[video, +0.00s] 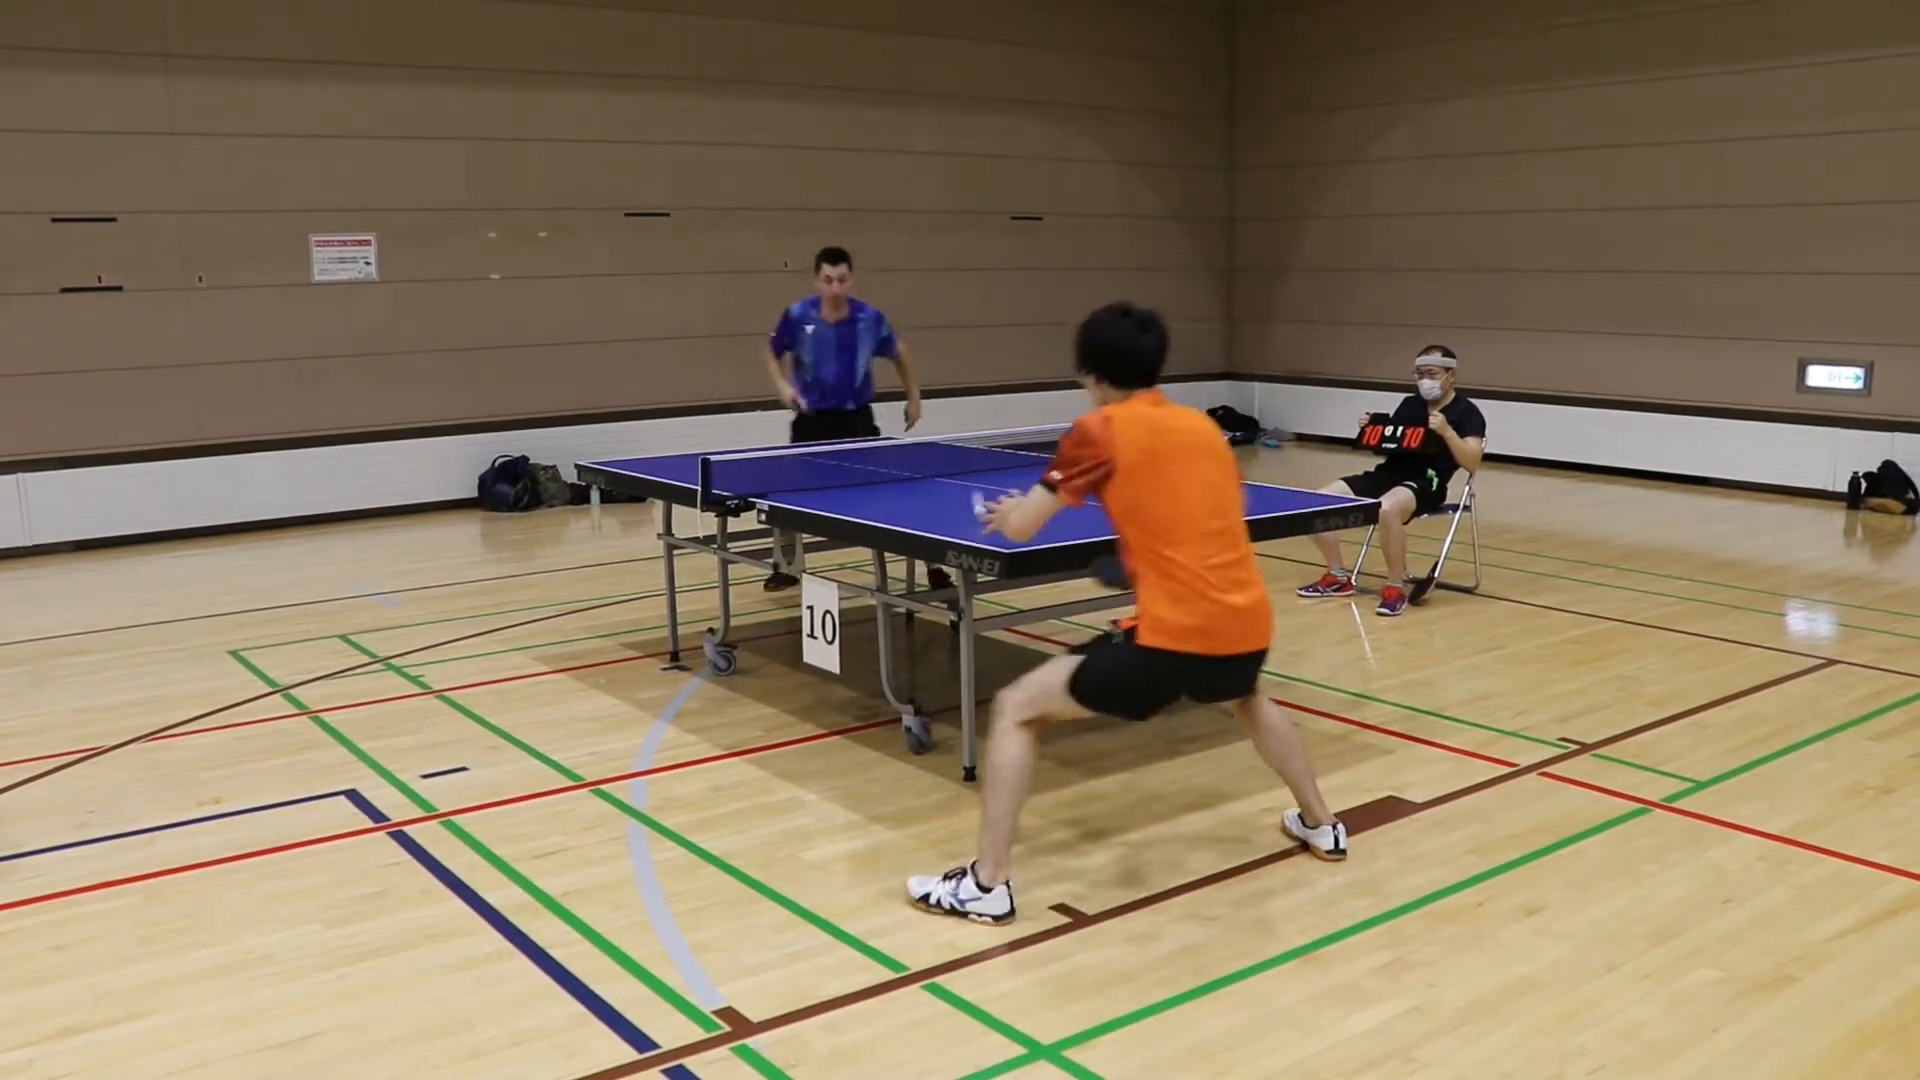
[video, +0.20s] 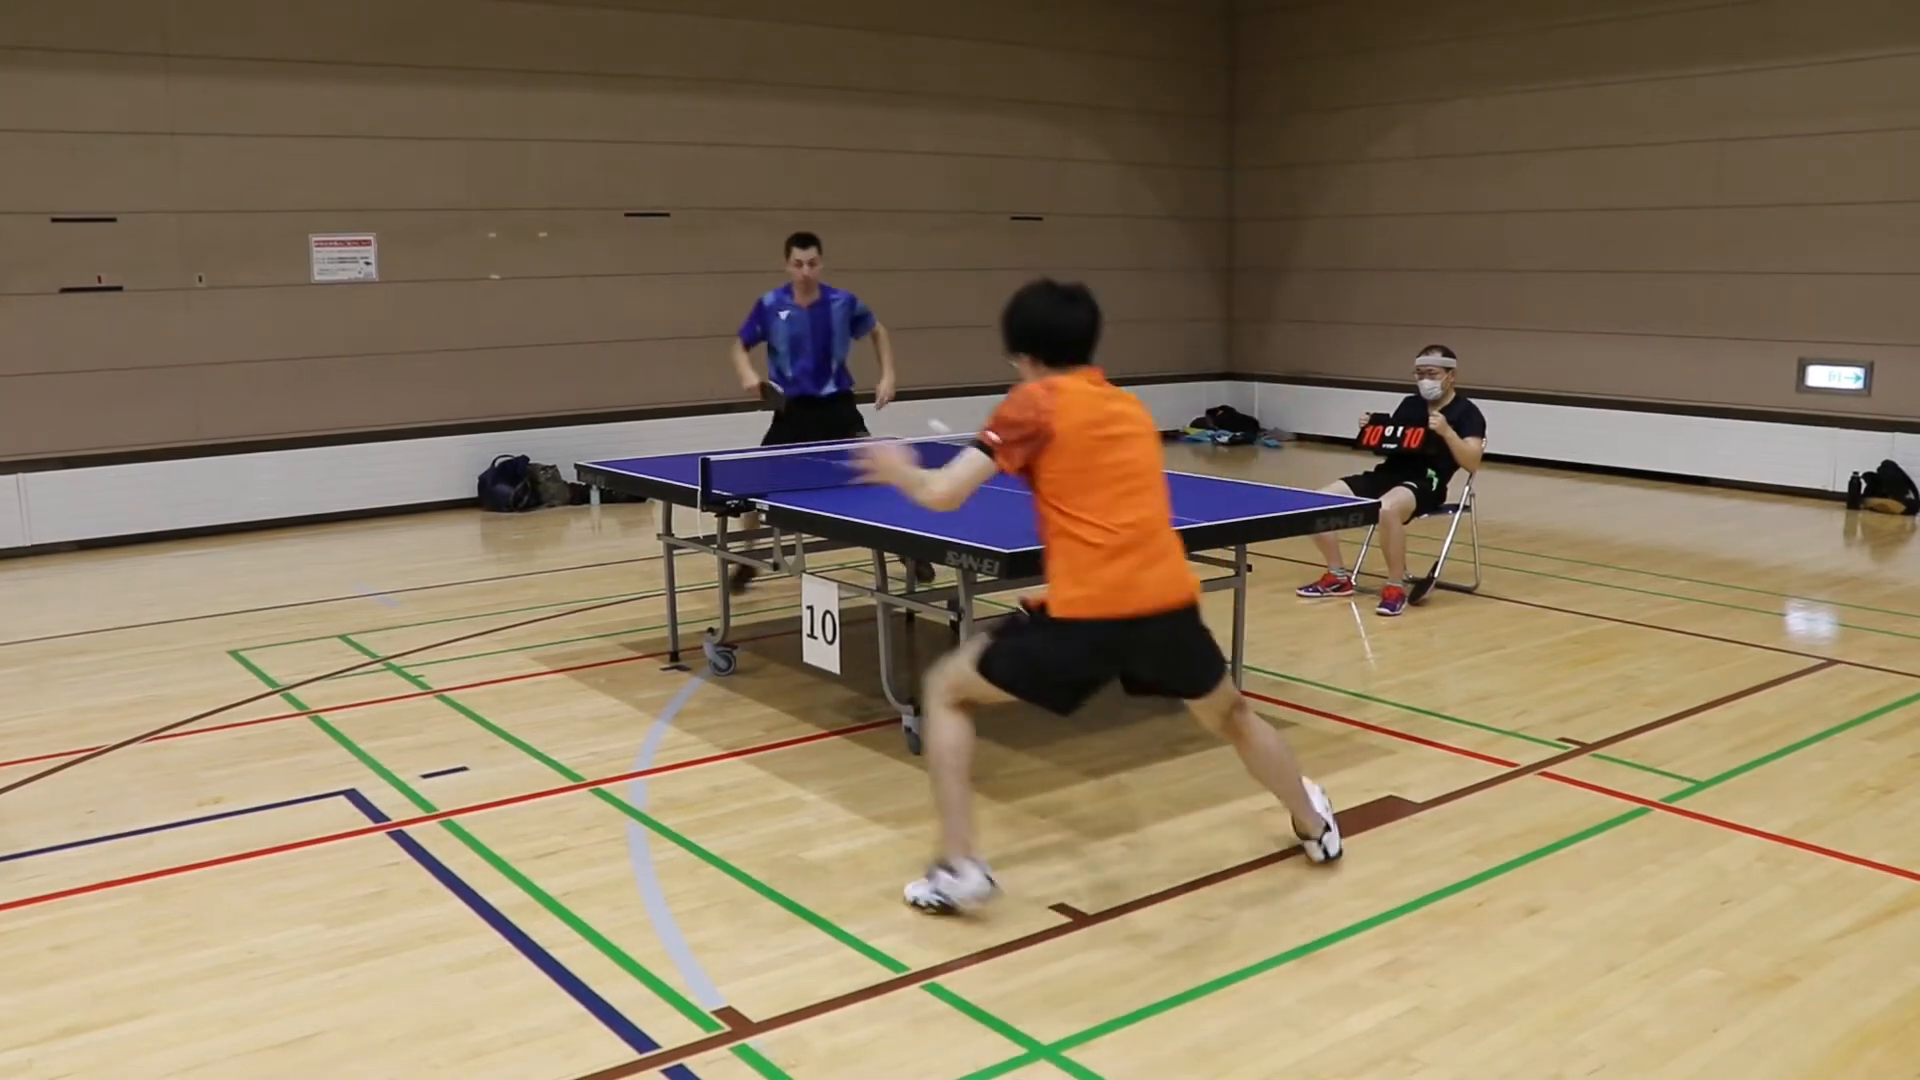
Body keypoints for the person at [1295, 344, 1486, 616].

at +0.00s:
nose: (1426, 381)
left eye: (1433, 374)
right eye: (1420, 374)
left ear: (1451, 377)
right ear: (1415, 376)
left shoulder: (1467, 413)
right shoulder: (1411, 404)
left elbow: (1472, 463)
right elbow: (1393, 437)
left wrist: (1447, 432)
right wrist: (1372, 425)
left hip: (1427, 482)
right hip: (1390, 473)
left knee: (1388, 509)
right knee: (1318, 501)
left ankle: (1395, 588)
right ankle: (1337, 576)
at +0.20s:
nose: (1426, 381)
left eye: (1433, 374)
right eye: (1420, 374)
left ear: (1451, 377)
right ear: (1415, 376)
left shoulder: (1467, 414)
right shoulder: (1411, 404)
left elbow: (1472, 463)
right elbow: (1393, 438)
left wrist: (1447, 432)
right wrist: (1372, 425)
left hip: (1427, 481)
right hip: (1390, 473)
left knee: (1389, 509)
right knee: (1319, 502)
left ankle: (1395, 587)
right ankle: (1337, 576)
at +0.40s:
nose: (1422, 382)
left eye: (1430, 376)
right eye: (1418, 375)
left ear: (1449, 378)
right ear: (1414, 376)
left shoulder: (1467, 414)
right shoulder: (1411, 404)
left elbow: (1472, 464)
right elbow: (1393, 440)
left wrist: (1447, 433)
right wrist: (1372, 426)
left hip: (1427, 482)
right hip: (1391, 473)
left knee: (1389, 510)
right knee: (1319, 502)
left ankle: (1395, 588)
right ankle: (1337, 576)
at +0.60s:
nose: (1420, 382)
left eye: (1427, 375)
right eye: (1417, 374)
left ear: (1448, 378)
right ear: (1413, 375)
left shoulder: (1467, 414)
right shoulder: (1411, 404)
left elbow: (1472, 463)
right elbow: (1393, 439)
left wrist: (1447, 433)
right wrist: (1372, 426)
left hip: (1427, 482)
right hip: (1391, 474)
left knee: (1388, 510)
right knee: (1320, 502)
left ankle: (1395, 588)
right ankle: (1337, 576)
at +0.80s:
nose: (1423, 379)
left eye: (1430, 373)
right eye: (1419, 373)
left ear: (1449, 377)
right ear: (1414, 375)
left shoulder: (1467, 413)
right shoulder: (1411, 404)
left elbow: (1472, 463)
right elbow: (1394, 438)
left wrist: (1446, 433)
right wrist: (1373, 426)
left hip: (1427, 481)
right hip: (1391, 473)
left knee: (1389, 509)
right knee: (1318, 502)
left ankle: (1395, 588)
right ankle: (1337, 576)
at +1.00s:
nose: (1428, 378)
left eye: (1436, 372)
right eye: (1422, 372)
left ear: (1453, 377)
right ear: (1417, 375)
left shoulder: (1467, 414)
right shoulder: (1411, 404)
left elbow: (1472, 463)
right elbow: (1393, 438)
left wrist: (1447, 433)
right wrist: (1373, 426)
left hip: (1427, 481)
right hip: (1391, 473)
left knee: (1388, 509)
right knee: (1320, 502)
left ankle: (1394, 587)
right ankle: (1337, 576)